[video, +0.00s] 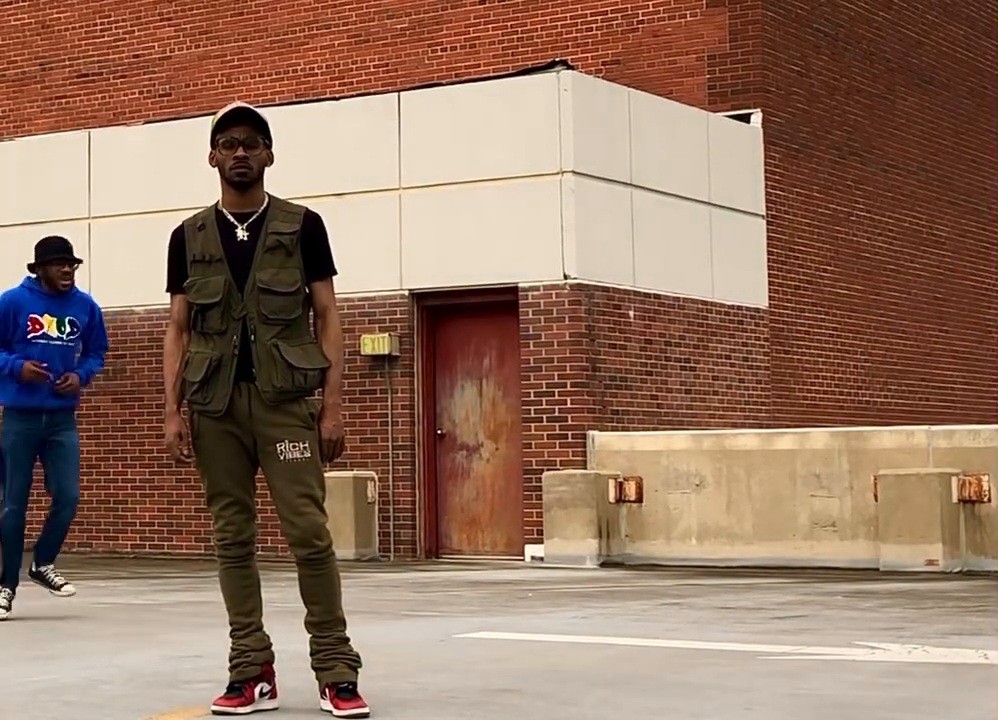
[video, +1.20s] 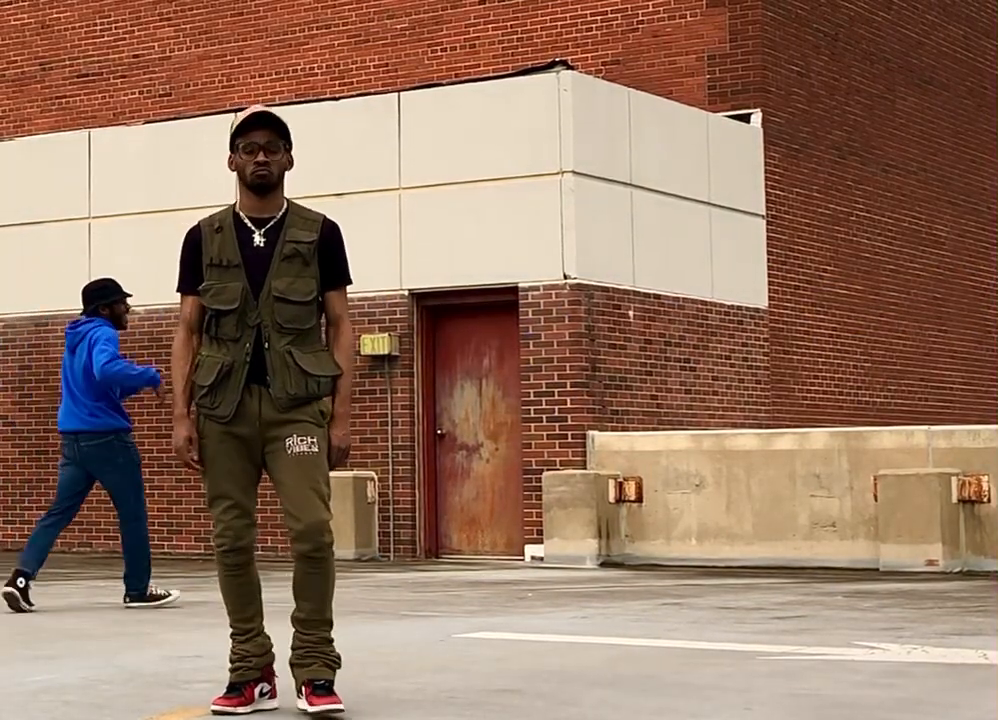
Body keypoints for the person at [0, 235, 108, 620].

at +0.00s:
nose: (68, 271)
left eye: (71, 264)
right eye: (59, 266)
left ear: (75, 266)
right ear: (40, 268)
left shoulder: (85, 305)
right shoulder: (12, 302)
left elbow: (96, 354)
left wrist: (81, 375)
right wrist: (17, 368)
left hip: (62, 419)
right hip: (19, 418)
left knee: (68, 496)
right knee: (14, 504)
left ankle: (42, 563)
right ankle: (6, 583)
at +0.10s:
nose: (63, 289)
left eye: (64, 283)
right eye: (56, 283)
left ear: (49, 287)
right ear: (34, 285)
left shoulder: (58, 326)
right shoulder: (7, 320)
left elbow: (68, 369)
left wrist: (74, 384)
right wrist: (18, 380)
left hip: (41, 439)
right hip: (7, 438)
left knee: (59, 506)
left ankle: (25, 580)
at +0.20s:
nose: (55, 291)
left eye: (56, 284)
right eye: (49, 285)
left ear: (44, 288)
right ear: (26, 286)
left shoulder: (40, 325)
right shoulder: (4, 321)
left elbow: (35, 385)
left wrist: (59, 414)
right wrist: (38, 380)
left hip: (34, 439)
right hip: (5, 438)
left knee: (48, 512)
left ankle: (12, 588)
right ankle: (4, 591)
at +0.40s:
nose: (46, 289)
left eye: (46, 283)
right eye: (41, 283)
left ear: (22, 286)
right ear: (20, 285)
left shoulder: (20, 316)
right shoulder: (8, 314)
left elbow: (45, 350)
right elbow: (50, 350)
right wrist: (66, 314)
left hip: (26, 432)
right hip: (8, 430)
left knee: (40, 508)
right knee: (1, 518)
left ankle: (16, 587)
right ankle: (11, 589)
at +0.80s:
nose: (67, 299)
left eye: (65, 293)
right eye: (61, 294)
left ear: (37, 299)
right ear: (43, 298)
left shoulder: (30, 328)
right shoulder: (36, 329)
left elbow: (78, 359)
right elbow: (83, 359)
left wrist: (73, 325)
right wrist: (82, 322)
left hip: (33, 430)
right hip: (40, 430)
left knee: (42, 512)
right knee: (44, 512)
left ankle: (13, 587)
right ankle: (11, 588)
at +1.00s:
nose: (95, 298)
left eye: (93, 293)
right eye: (89, 293)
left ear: (63, 298)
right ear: (72, 297)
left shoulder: (50, 327)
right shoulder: (66, 322)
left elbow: (65, 393)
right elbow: (81, 353)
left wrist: (107, 396)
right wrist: (114, 338)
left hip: (45, 428)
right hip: (69, 427)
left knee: (38, 511)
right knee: (105, 501)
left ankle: (13, 586)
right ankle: (92, 586)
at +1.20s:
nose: (128, 308)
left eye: (126, 303)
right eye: (123, 303)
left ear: (97, 309)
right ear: (106, 308)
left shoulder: (78, 337)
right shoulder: (104, 332)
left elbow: (99, 391)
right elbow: (106, 369)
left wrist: (135, 383)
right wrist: (151, 376)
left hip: (74, 439)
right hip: (107, 438)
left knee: (58, 513)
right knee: (133, 512)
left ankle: (21, 578)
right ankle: (138, 589)